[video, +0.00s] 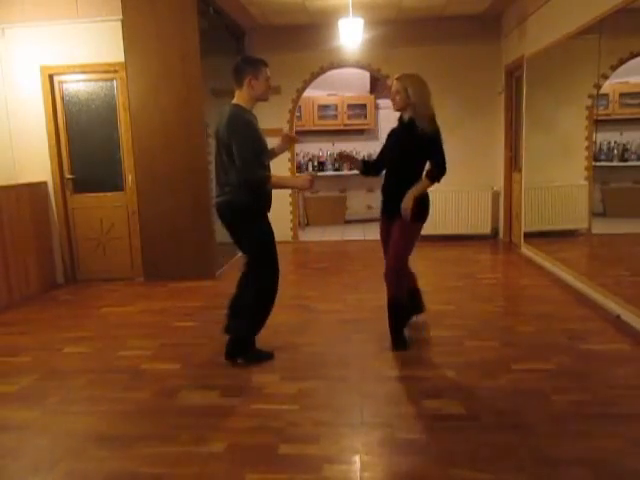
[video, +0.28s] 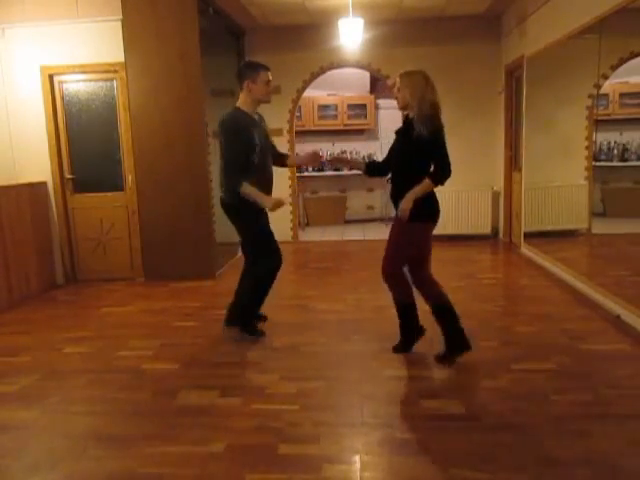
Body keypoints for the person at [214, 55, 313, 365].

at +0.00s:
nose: (270, 85)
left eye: (269, 79)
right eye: (266, 79)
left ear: (247, 82)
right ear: (251, 82)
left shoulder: (235, 116)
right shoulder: (241, 119)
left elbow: (252, 161)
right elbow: (253, 174)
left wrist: (282, 147)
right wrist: (294, 182)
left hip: (235, 205)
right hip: (244, 207)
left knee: (258, 265)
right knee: (266, 271)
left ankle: (236, 326)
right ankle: (242, 344)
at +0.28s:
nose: (271, 88)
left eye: (270, 83)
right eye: (266, 83)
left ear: (252, 86)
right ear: (248, 85)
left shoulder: (256, 120)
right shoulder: (234, 122)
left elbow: (273, 156)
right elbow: (233, 177)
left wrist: (303, 160)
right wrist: (263, 199)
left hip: (252, 201)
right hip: (238, 201)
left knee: (259, 256)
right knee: (270, 257)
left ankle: (243, 310)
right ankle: (241, 316)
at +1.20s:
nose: (260, 82)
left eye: (260, 77)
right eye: (254, 77)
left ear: (249, 81)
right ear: (235, 79)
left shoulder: (260, 121)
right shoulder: (213, 116)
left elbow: (289, 156)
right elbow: (195, 166)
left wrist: (326, 169)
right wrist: (215, 197)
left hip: (266, 202)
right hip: (235, 205)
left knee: (268, 269)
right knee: (248, 264)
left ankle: (260, 332)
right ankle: (235, 318)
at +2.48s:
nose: (260, 72)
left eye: (260, 66)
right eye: (254, 66)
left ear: (253, 71)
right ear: (233, 70)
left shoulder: (253, 110)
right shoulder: (219, 105)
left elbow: (269, 151)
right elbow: (197, 149)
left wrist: (302, 160)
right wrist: (242, 155)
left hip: (259, 202)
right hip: (236, 204)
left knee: (261, 266)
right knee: (236, 273)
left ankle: (257, 327)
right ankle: (227, 352)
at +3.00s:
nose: (252, 77)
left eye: (251, 71)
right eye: (246, 71)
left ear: (236, 75)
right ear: (226, 74)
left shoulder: (241, 113)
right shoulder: (211, 109)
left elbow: (264, 156)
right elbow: (214, 146)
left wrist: (306, 171)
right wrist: (239, 120)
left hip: (247, 201)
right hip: (227, 203)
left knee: (254, 267)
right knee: (231, 274)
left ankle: (259, 329)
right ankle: (225, 352)